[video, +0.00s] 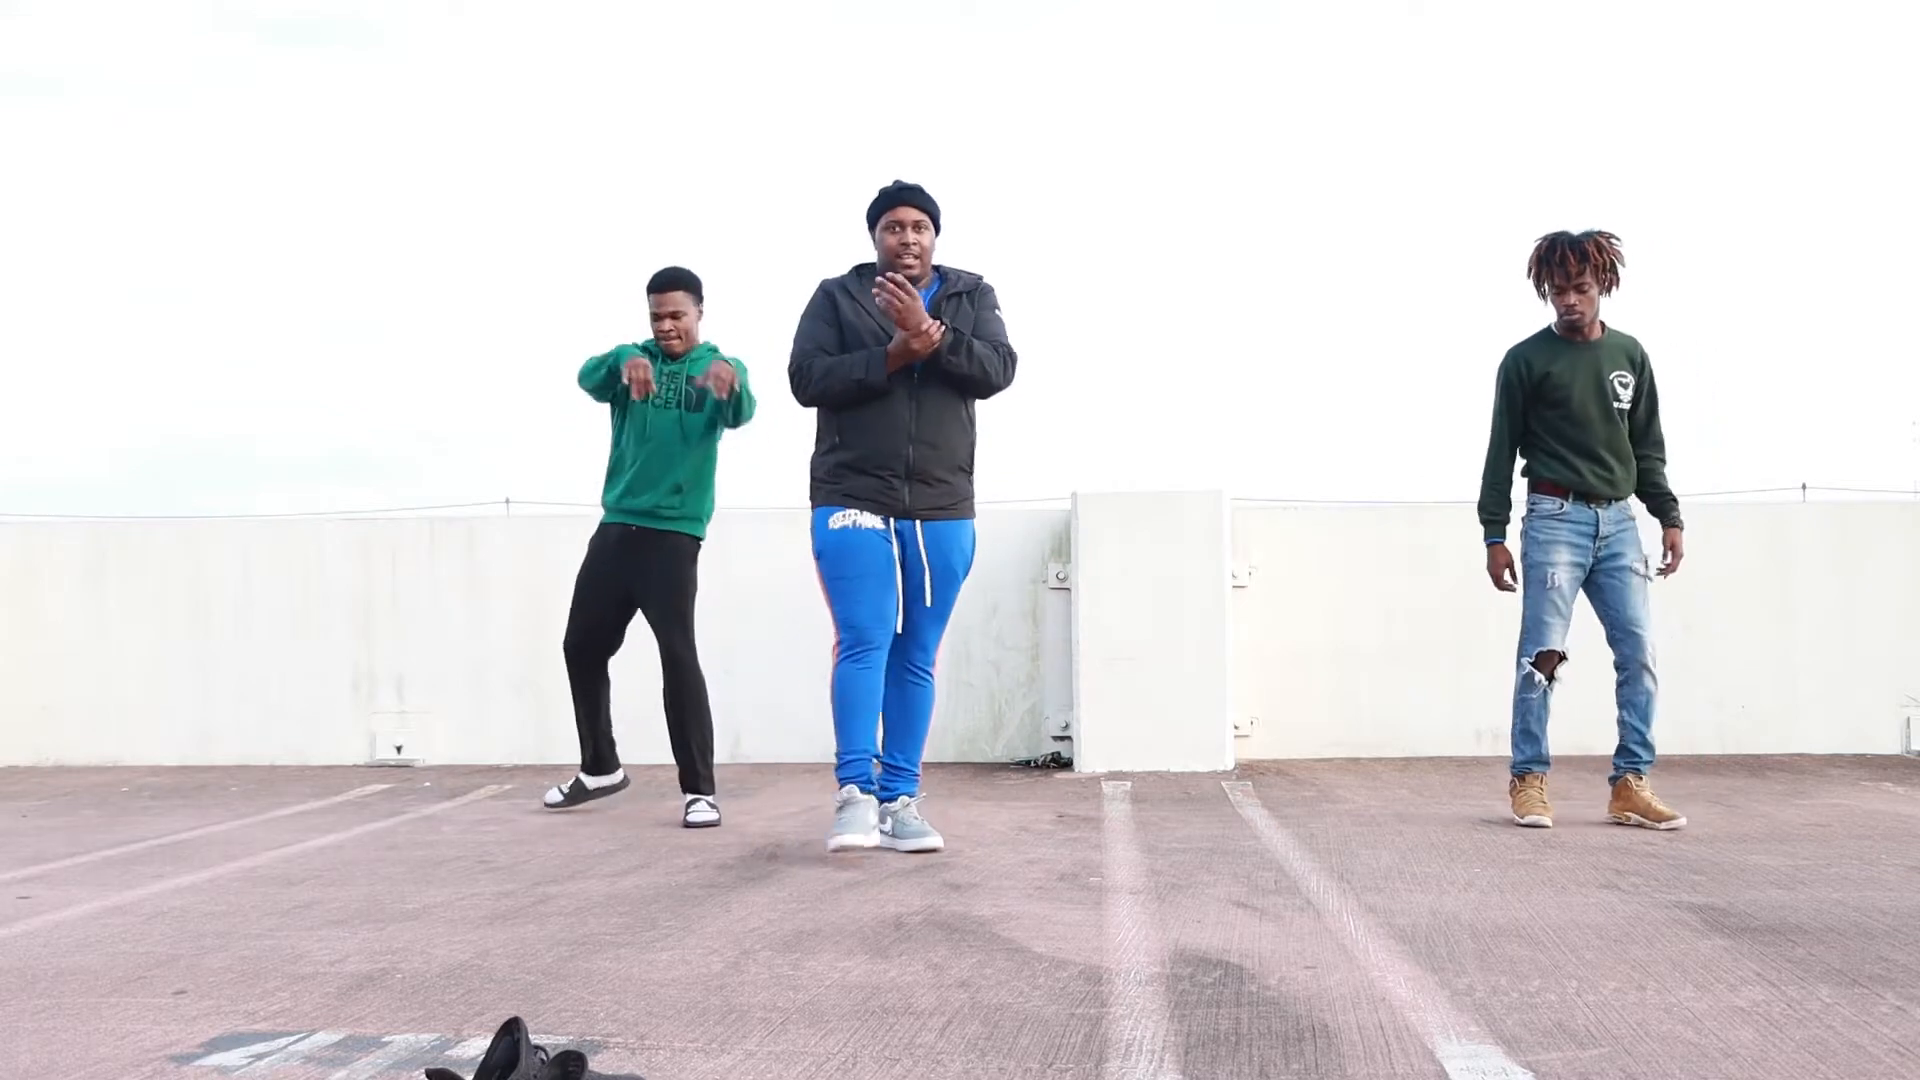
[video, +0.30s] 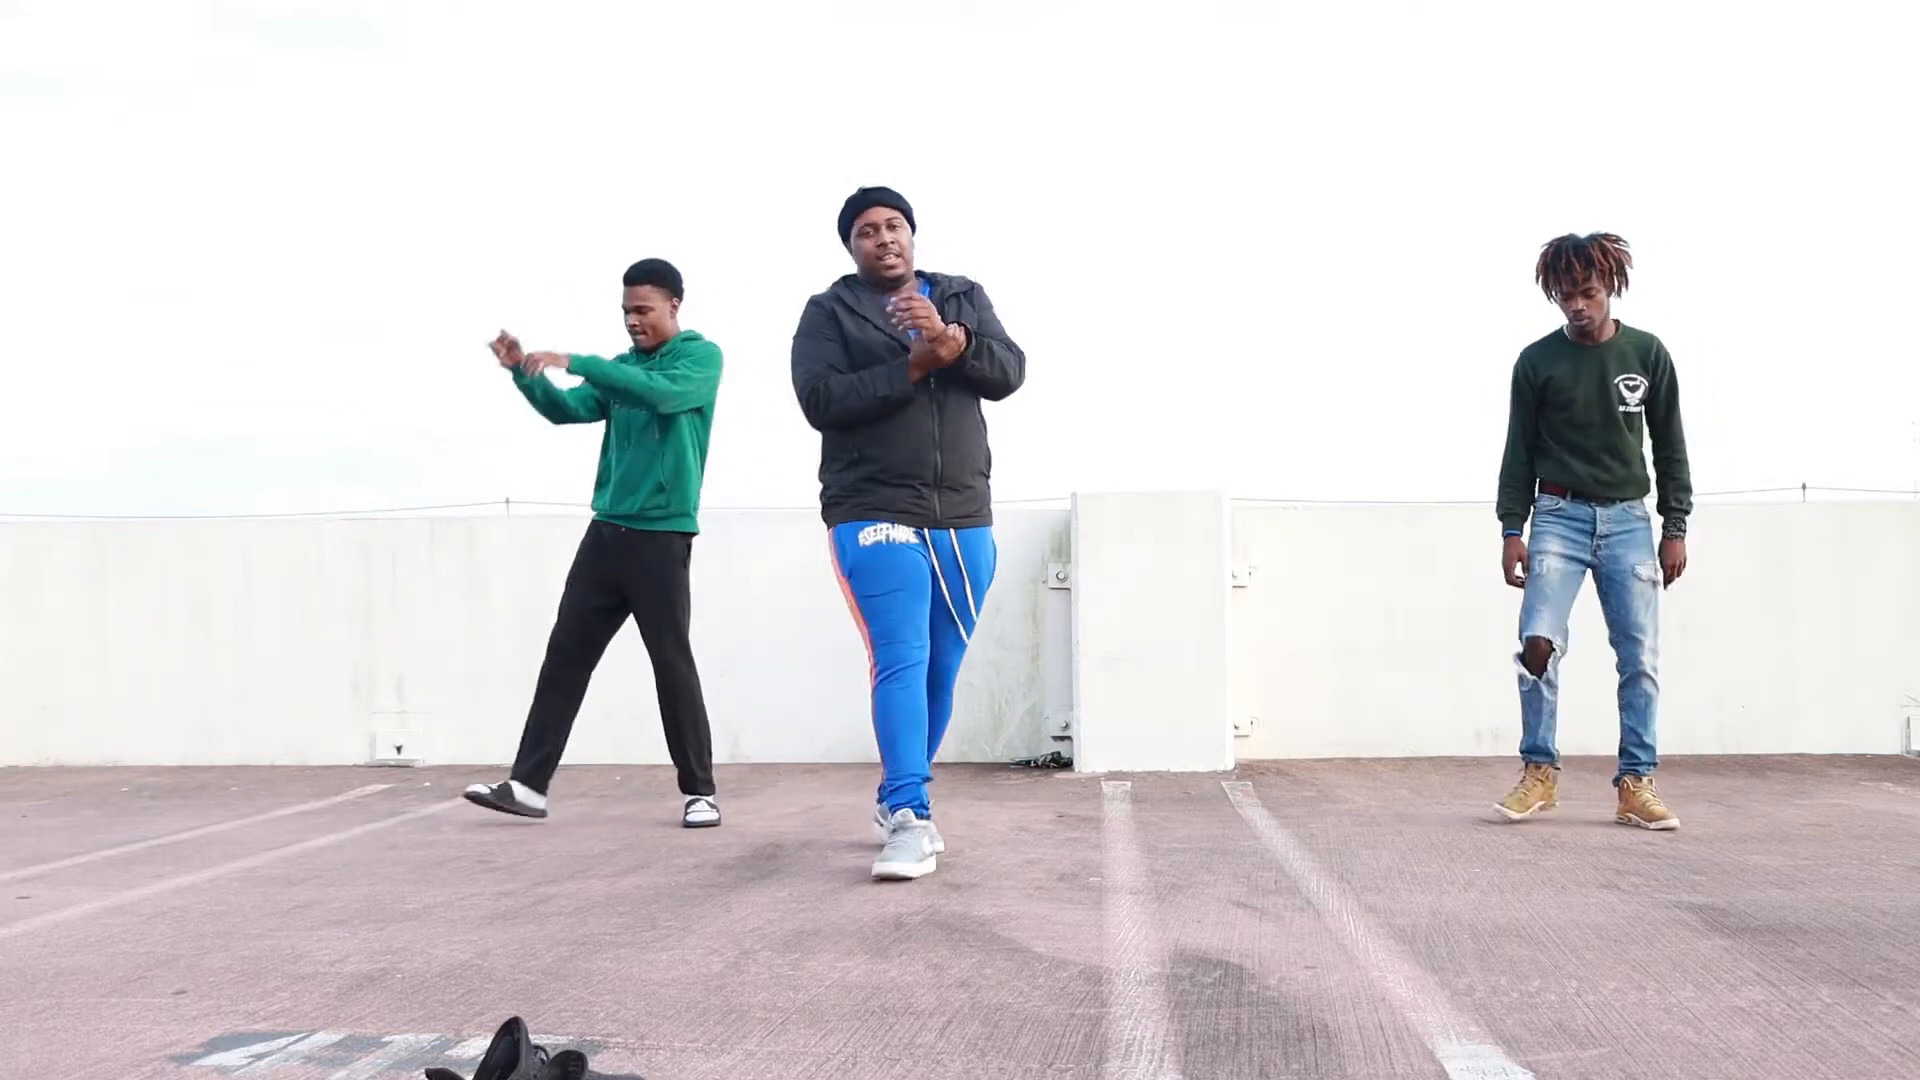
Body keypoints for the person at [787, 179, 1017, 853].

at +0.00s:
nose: (907, 238)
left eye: (918, 228)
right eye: (893, 228)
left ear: (936, 238)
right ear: (874, 239)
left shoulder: (968, 295)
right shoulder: (839, 296)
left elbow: (997, 369)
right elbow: (806, 378)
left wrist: (932, 337)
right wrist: (891, 355)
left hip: (941, 500)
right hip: (853, 495)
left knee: (917, 657)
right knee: (865, 641)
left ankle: (900, 800)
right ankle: (856, 794)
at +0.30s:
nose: (883, 237)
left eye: (892, 226)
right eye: (868, 232)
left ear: (913, 235)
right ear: (851, 249)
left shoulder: (962, 296)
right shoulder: (829, 311)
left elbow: (1009, 372)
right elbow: (821, 401)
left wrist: (957, 345)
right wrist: (913, 366)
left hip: (963, 510)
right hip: (875, 510)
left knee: (940, 669)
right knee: (900, 659)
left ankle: (900, 802)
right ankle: (911, 819)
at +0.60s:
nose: (860, 207)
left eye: (871, 194)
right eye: (847, 202)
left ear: (900, 203)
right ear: (835, 222)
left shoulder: (956, 262)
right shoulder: (814, 288)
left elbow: (988, 339)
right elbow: (790, 382)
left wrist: (910, 321)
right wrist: (866, 343)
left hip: (962, 488)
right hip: (862, 498)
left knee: (978, 644)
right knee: (892, 663)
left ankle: (953, 776)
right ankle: (907, 822)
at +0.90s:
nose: (852, 195)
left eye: (866, 181)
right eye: (842, 189)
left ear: (906, 187)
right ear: (837, 206)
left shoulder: (951, 244)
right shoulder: (829, 275)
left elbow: (930, 335)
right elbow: (790, 393)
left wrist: (813, 330)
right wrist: (816, 346)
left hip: (940, 481)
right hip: (853, 496)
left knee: (924, 645)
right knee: (875, 666)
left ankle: (954, 838)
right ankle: (911, 830)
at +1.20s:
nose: (827, 196)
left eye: (838, 182)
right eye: (826, 184)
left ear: (885, 180)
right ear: (872, 185)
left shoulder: (913, 234)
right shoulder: (867, 255)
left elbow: (861, 338)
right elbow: (852, 379)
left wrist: (759, 355)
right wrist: (775, 364)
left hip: (925, 479)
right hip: (862, 486)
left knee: (908, 657)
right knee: (801, 632)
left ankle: (949, 842)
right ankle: (879, 796)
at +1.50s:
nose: (807, 200)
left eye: (816, 187)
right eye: (809, 187)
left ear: (852, 192)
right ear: (867, 194)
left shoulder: (844, 250)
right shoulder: (901, 260)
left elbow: (789, 355)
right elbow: (883, 376)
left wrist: (728, 381)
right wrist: (795, 406)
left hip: (873, 487)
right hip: (874, 486)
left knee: (863, 665)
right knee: (801, 656)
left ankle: (944, 845)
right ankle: (789, 830)